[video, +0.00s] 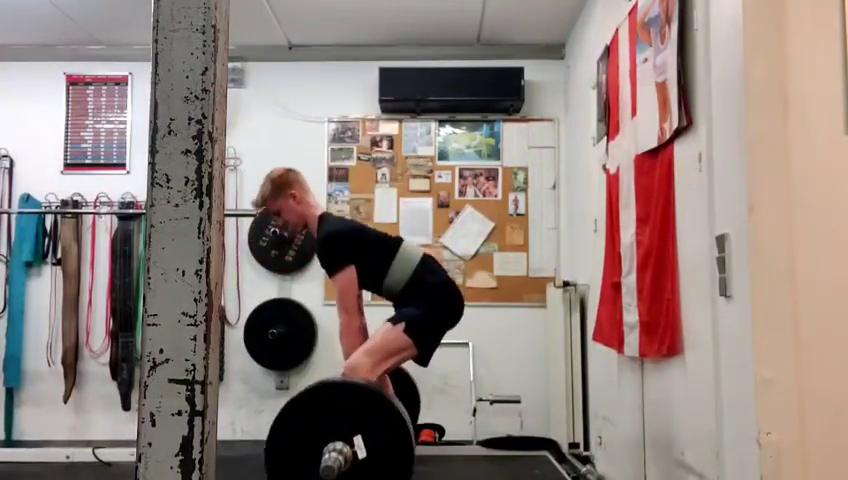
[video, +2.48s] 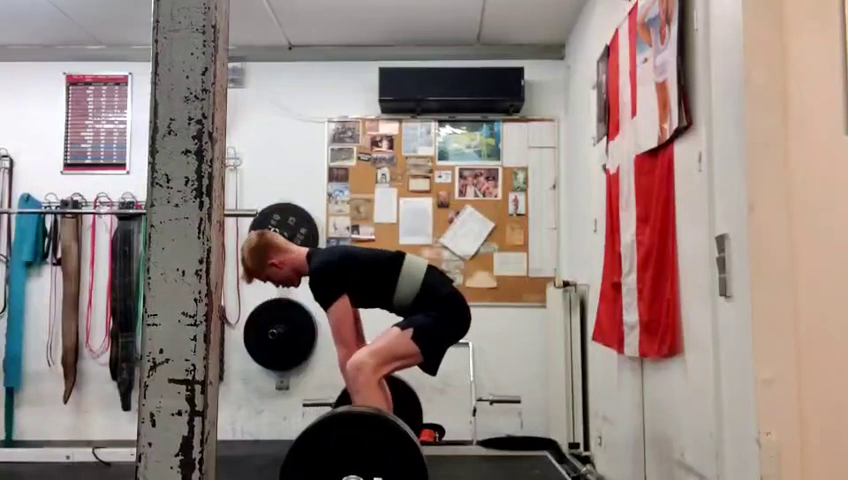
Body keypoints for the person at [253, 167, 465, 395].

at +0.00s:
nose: (280, 224)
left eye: (278, 213)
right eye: (274, 218)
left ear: (295, 197)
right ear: (297, 197)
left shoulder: (332, 237)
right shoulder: (333, 232)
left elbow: (351, 319)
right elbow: (355, 316)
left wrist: (352, 382)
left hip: (434, 301)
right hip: (429, 299)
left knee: (358, 370)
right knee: (372, 371)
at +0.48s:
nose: (306, 146)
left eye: (306, 136)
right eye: (303, 138)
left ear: (326, 127)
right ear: (325, 129)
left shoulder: (350, 174)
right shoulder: (347, 172)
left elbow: (360, 254)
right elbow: (361, 254)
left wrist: (359, 319)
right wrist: (362, 318)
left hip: (420, 272)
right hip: (412, 272)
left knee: (391, 369)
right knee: (389, 367)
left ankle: (383, 472)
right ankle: (386, 466)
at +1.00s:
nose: (369, 114)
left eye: (371, 104)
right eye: (366, 106)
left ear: (392, 93)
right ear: (393, 96)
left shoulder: (408, 142)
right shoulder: (400, 141)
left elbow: (388, 215)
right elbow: (383, 217)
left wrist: (369, 277)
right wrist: (364, 275)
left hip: (392, 260)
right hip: (387, 260)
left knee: (388, 370)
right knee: (385, 370)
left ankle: (383, 474)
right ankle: (384, 468)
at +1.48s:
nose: (305, 157)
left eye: (306, 147)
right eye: (301, 149)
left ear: (325, 140)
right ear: (325, 144)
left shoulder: (352, 185)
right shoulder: (350, 184)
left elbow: (359, 266)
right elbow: (360, 265)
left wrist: (358, 331)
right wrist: (358, 331)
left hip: (435, 280)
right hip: (427, 280)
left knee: (385, 365)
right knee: (384, 365)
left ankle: (381, 471)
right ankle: (386, 468)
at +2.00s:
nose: (277, 290)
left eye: (272, 282)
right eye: (270, 287)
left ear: (284, 256)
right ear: (285, 253)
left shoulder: (324, 271)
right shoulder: (327, 266)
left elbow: (351, 346)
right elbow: (359, 341)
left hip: (445, 314)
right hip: (436, 311)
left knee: (361, 367)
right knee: (365, 367)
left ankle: (375, 451)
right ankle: (387, 448)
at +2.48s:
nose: (276, 286)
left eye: (270, 280)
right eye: (270, 282)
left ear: (277, 264)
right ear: (281, 258)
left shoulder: (324, 272)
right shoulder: (328, 262)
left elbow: (349, 352)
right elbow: (358, 344)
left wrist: (356, 410)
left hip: (443, 311)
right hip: (437, 307)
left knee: (360, 367)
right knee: (364, 366)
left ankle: (379, 453)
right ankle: (385, 450)